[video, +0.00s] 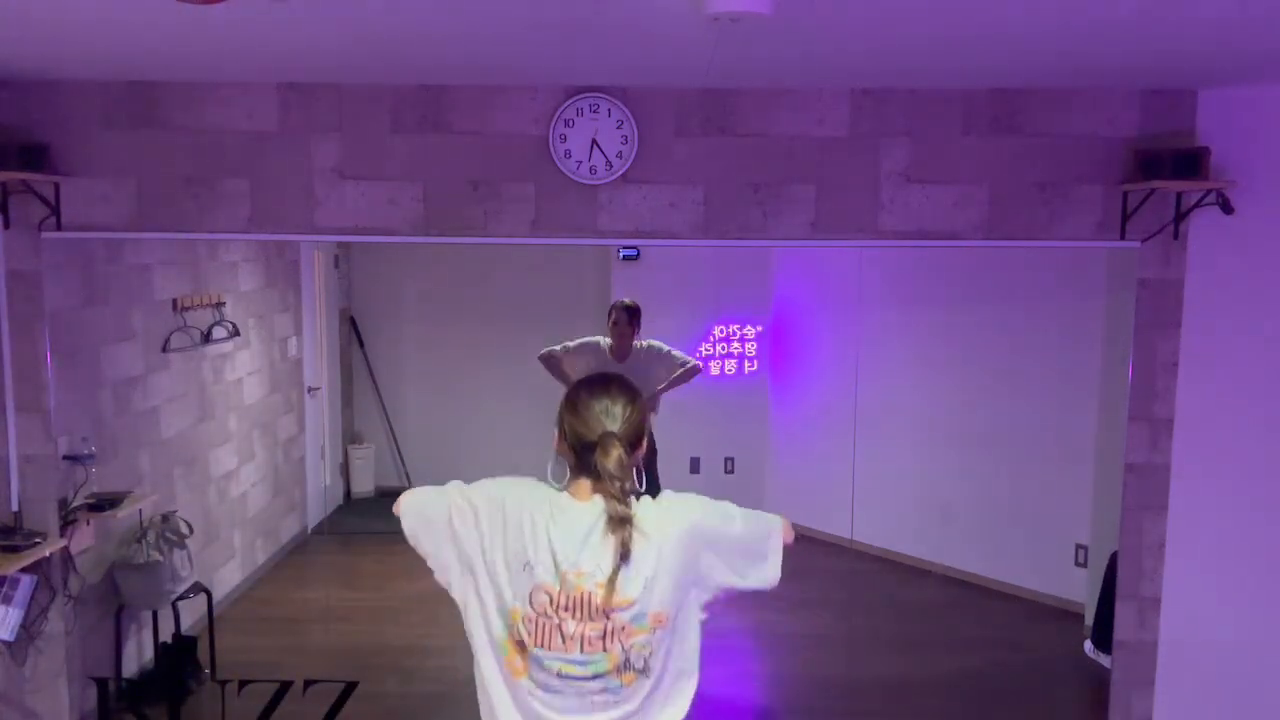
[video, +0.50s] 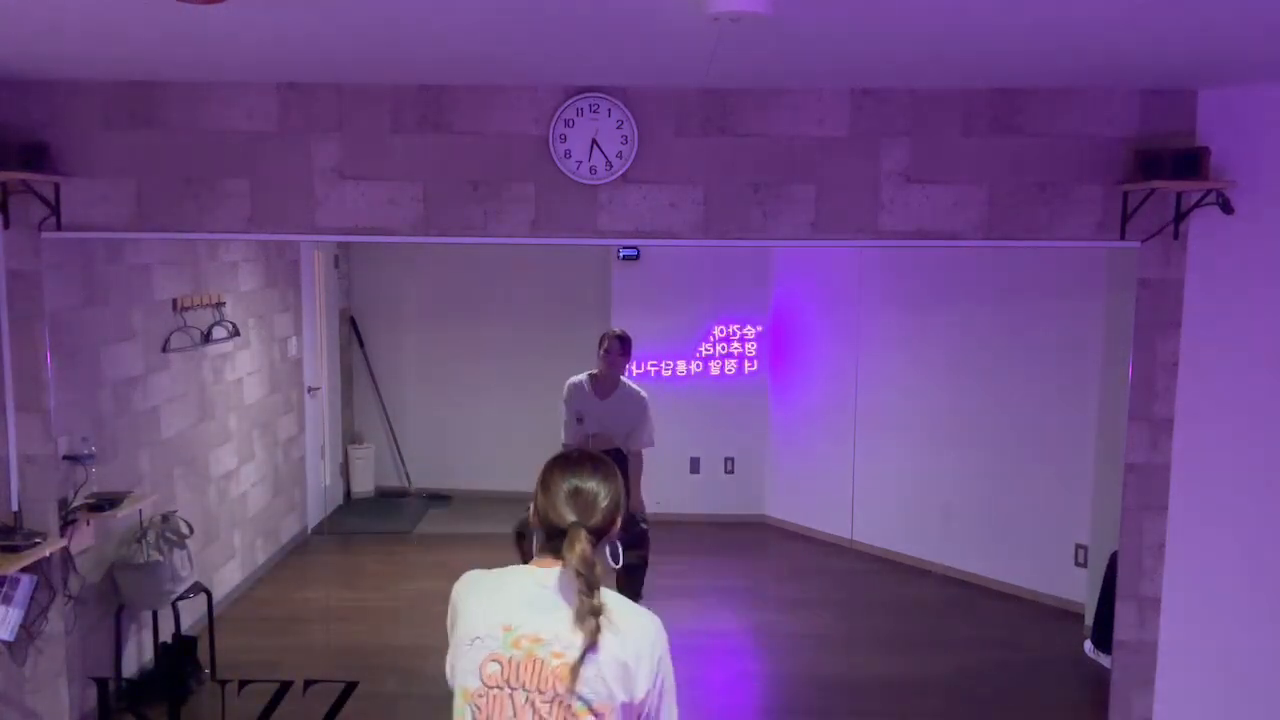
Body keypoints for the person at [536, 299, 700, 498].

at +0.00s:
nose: (618, 330)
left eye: (624, 325)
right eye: (614, 324)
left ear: (635, 328)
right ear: (608, 325)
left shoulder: (651, 351)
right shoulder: (593, 347)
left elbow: (693, 367)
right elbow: (547, 356)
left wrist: (657, 393)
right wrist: (575, 388)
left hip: (639, 428)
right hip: (597, 424)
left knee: (650, 489)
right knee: (595, 487)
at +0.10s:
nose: (615, 320)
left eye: (621, 315)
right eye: (611, 314)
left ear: (633, 320)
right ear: (606, 317)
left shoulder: (649, 346)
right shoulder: (590, 342)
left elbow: (682, 380)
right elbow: (549, 369)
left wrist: (651, 409)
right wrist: (574, 407)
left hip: (637, 434)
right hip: (593, 431)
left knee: (639, 498)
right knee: (593, 497)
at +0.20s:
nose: (612, 322)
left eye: (619, 317)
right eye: (609, 316)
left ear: (631, 323)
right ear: (603, 320)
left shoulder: (647, 355)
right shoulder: (586, 351)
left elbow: (664, 406)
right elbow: (553, 391)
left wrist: (640, 441)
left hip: (635, 442)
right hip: (592, 438)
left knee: (640, 507)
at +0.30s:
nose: (613, 333)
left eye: (620, 328)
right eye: (609, 327)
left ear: (630, 334)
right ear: (603, 331)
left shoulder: (644, 372)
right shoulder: (583, 369)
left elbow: (645, 430)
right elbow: (571, 417)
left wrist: (630, 469)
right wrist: (579, 458)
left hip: (633, 459)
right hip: (591, 454)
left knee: (643, 520)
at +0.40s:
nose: (614, 349)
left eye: (621, 344)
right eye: (610, 342)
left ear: (630, 350)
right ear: (602, 345)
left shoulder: (642, 389)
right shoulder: (580, 383)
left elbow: (636, 446)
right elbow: (569, 433)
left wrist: (629, 492)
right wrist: (568, 476)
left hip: (627, 466)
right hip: (587, 464)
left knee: (644, 527)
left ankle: (631, 589)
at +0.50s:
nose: (611, 359)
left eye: (618, 354)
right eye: (607, 352)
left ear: (627, 360)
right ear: (598, 354)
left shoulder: (636, 399)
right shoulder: (575, 388)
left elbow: (635, 454)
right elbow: (571, 443)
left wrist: (635, 499)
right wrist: (571, 489)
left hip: (617, 465)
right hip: (580, 464)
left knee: (636, 533)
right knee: (526, 528)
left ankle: (627, 607)